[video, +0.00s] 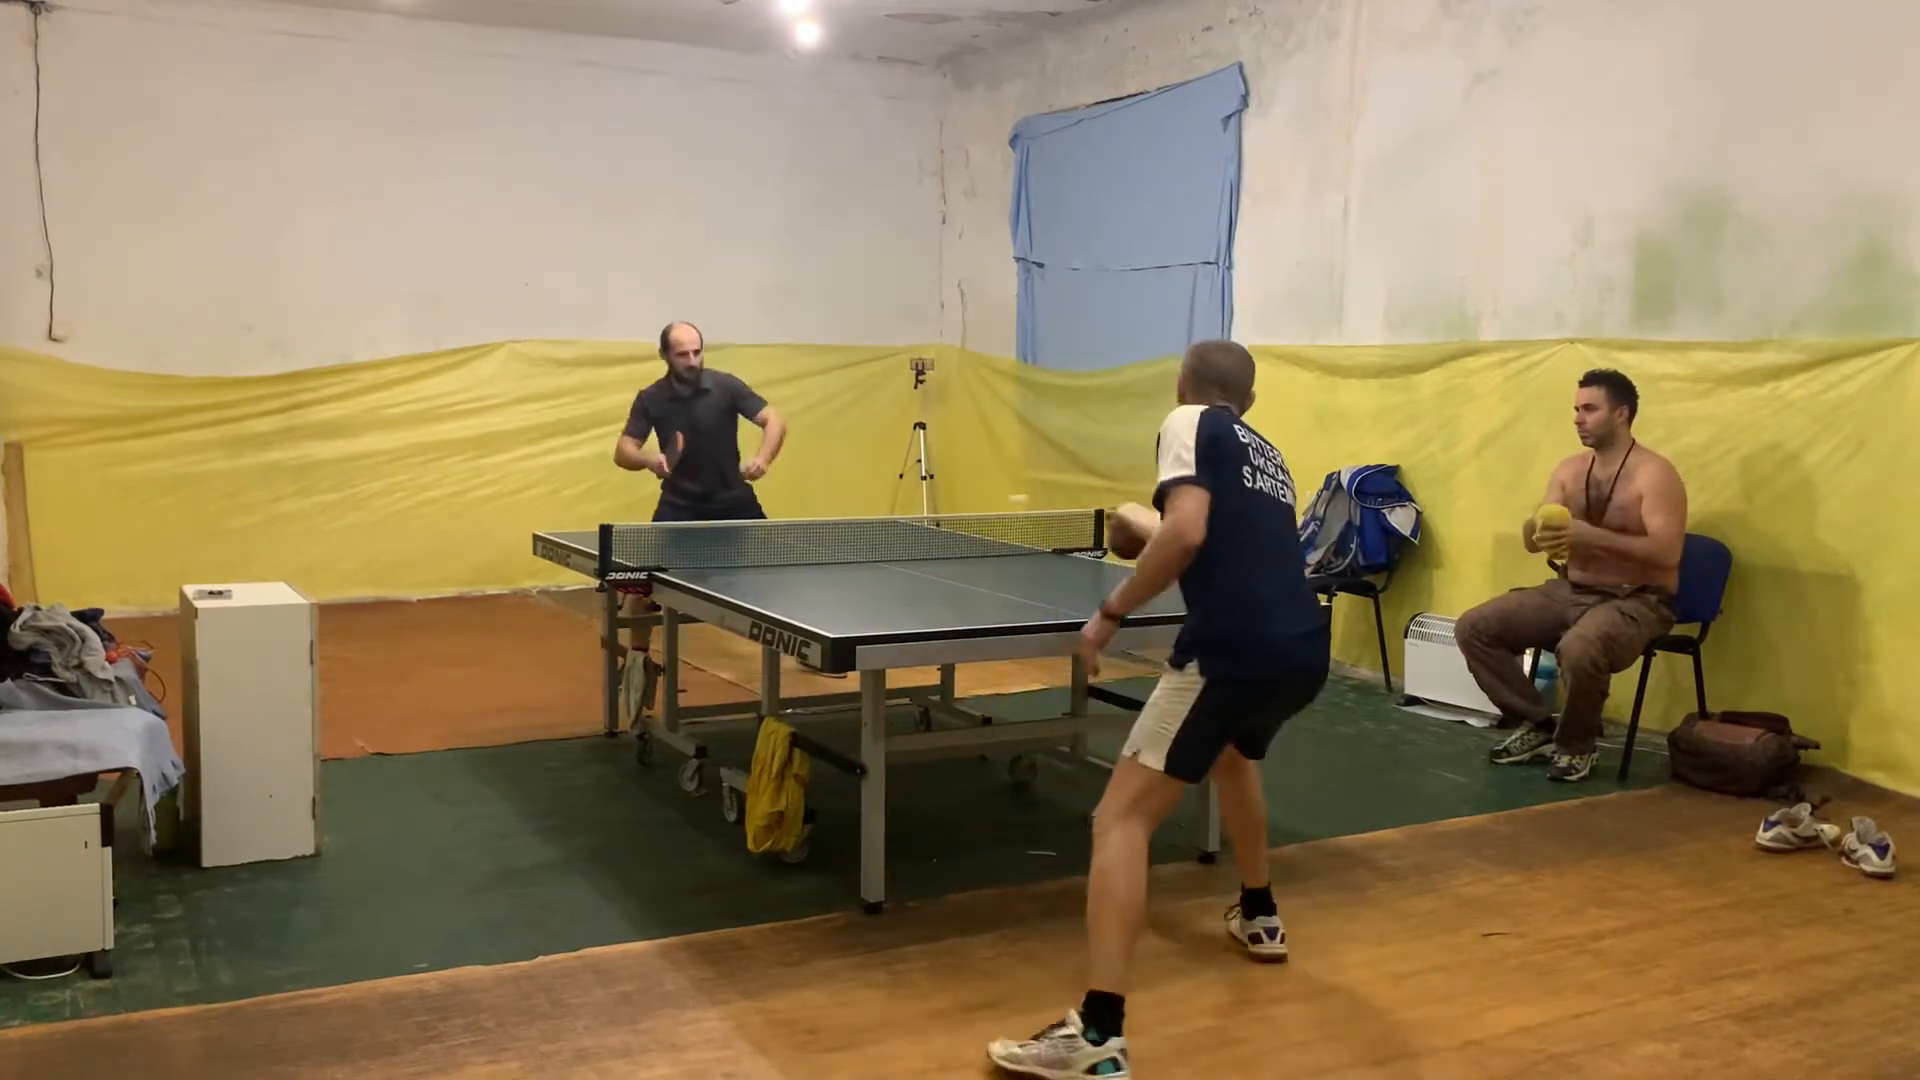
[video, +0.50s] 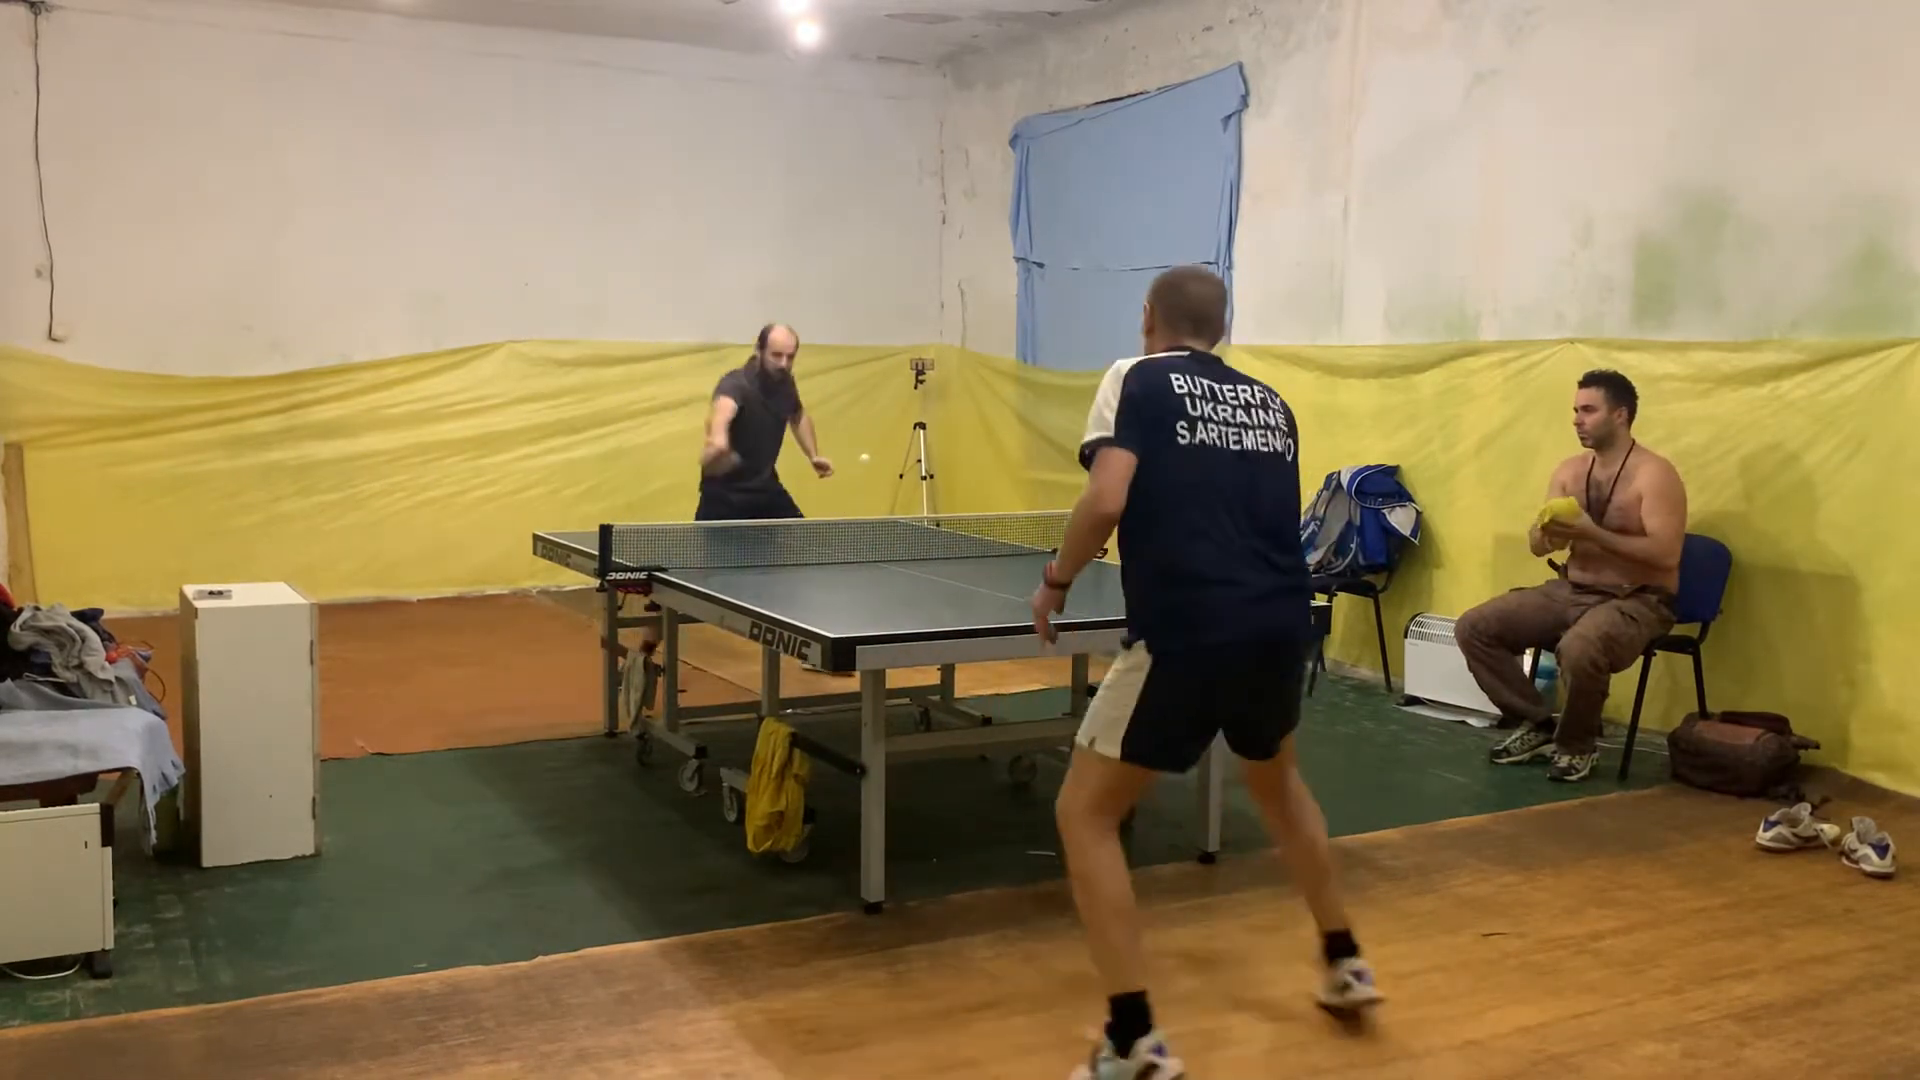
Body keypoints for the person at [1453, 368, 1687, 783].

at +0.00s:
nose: (1578, 418)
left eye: (1589, 409)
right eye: (1577, 409)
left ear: (1622, 413)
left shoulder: (1656, 474)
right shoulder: (1569, 470)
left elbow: (1665, 556)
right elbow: (1537, 542)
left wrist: (1583, 535)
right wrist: (1538, 533)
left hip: (1638, 600)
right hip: (1571, 591)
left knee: (1579, 649)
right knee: (1475, 629)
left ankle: (1577, 745)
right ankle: (1535, 721)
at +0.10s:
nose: (1577, 418)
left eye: (1588, 408)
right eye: (1577, 409)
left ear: (1622, 413)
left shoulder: (1656, 474)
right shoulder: (1569, 470)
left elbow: (1665, 557)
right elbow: (1543, 542)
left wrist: (1586, 536)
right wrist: (1537, 536)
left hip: (1637, 600)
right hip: (1572, 591)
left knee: (1578, 649)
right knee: (1475, 629)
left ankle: (1577, 745)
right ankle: (1535, 722)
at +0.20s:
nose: (1577, 418)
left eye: (1588, 409)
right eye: (1576, 409)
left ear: (1622, 414)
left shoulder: (1656, 474)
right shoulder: (1569, 470)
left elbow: (1665, 556)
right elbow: (1536, 544)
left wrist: (1587, 536)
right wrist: (1538, 531)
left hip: (1638, 599)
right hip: (1572, 591)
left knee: (1578, 649)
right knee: (1475, 629)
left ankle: (1577, 745)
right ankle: (1535, 721)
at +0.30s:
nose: (1577, 418)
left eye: (1588, 409)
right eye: (1576, 409)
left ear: (1622, 414)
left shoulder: (1656, 475)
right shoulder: (1569, 470)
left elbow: (1665, 557)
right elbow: (1537, 545)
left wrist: (1589, 536)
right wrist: (1543, 531)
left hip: (1638, 599)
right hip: (1572, 591)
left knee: (1579, 649)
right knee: (1475, 629)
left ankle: (1577, 746)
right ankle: (1535, 721)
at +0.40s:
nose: (1576, 419)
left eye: (1587, 409)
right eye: (1576, 410)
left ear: (1621, 415)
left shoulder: (1656, 475)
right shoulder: (1569, 470)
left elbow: (1664, 557)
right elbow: (1540, 546)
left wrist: (1589, 536)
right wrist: (1544, 534)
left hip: (1637, 599)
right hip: (1572, 591)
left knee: (1579, 649)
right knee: (1475, 629)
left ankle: (1577, 746)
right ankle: (1535, 721)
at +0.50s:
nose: (1576, 419)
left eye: (1587, 410)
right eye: (1576, 410)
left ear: (1621, 415)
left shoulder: (1656, 475)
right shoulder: (1570, 471)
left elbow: (1665, 558)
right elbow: (1542, 544)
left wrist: (1589, 534)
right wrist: (1545, 536)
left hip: (1638, 599)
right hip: (1573, 591)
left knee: (1579, 649)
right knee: (1475, 629)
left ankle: (1577, 745)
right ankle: (1535, 721)